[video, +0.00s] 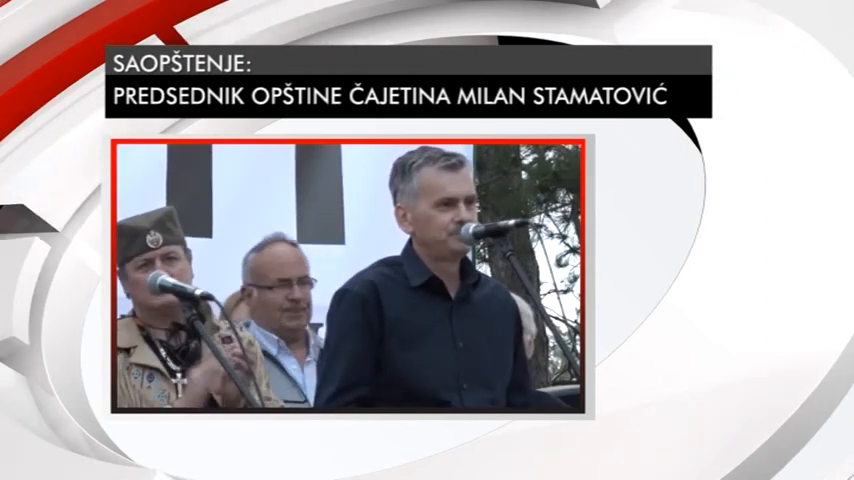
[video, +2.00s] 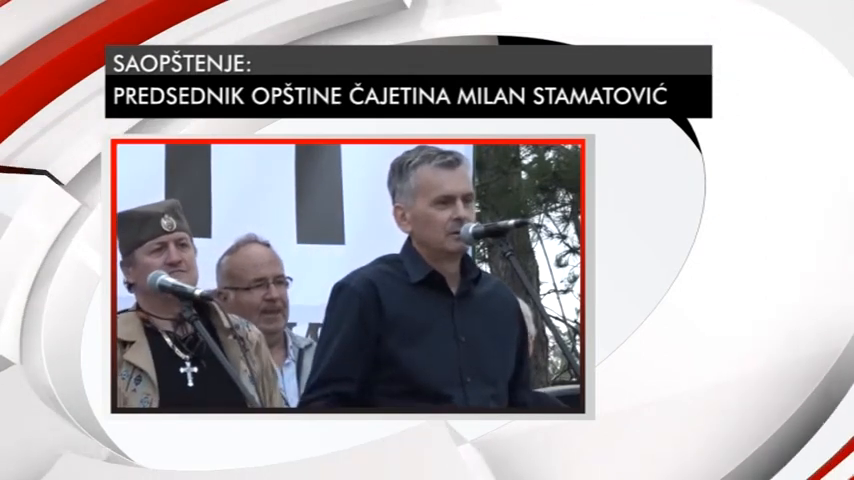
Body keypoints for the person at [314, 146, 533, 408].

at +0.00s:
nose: (464, 216)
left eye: (470, 203)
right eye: (446, 205)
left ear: (478, 207)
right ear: (404, 217)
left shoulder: (499, 302)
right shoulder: (363, 298)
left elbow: (520, 405)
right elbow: (335, 413)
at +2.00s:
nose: (462, 215)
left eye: (468, 201)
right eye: (444, 203)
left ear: (475, 206)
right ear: (403, 216)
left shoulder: (502, 301)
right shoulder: (363, 294)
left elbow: (520, 405)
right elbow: (320, 407)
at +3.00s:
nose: (460, 216)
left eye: (467, 202)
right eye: (442, 204)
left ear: (475, 207)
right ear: (401, 217)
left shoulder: (499, 300)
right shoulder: (360, 296)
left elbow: (520, 406)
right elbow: (330, 412)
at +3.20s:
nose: (461, 216)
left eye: (467, 202)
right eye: (443, 204)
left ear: (475, 206)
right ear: (402, 216)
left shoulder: (498, 300)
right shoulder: (360, 296)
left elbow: (519, 405)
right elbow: (328, 410)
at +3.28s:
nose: (461, 215)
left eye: (467, 201)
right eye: (443, 203)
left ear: (476, 206)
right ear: (402, 216)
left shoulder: (498, 300)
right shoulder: (360, 295)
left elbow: (519, 406)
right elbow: (327, 411)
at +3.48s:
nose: (462, 214)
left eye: (468, 200)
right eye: (443, 202)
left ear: (476, 204)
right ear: (402, 216)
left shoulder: (499, 301)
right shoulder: (360, 296)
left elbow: (521, 406)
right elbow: (330, 408)